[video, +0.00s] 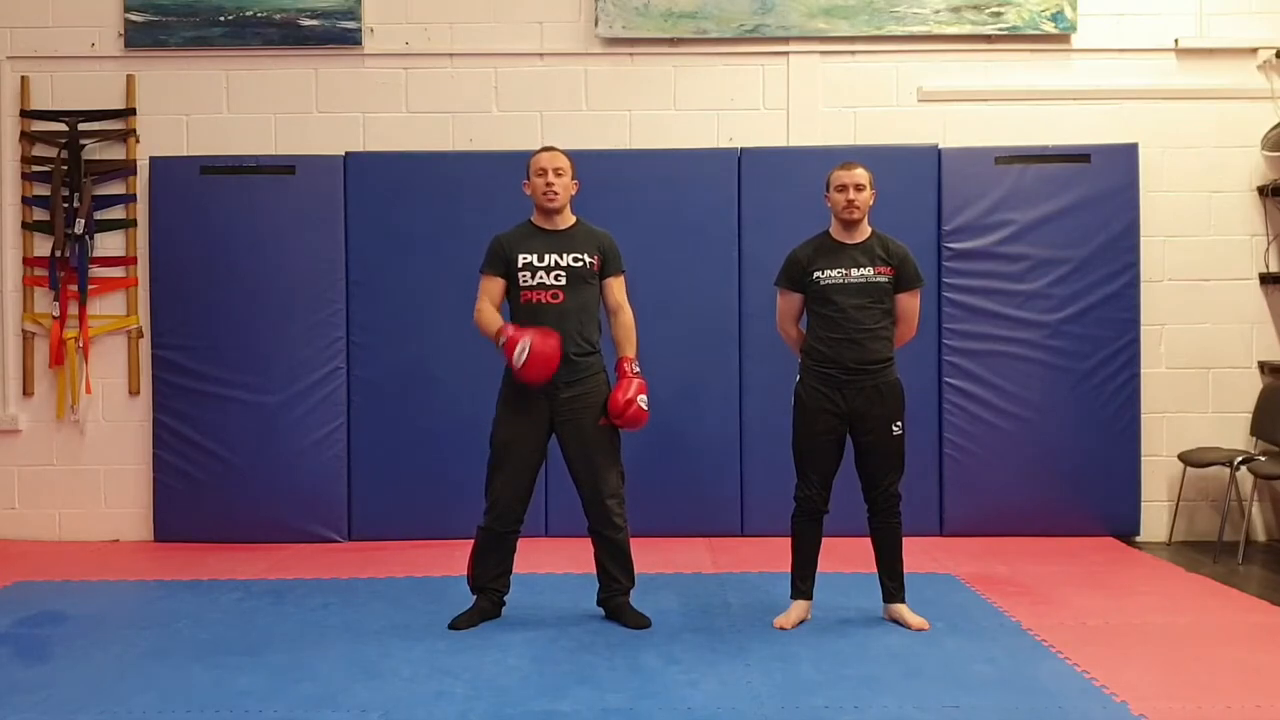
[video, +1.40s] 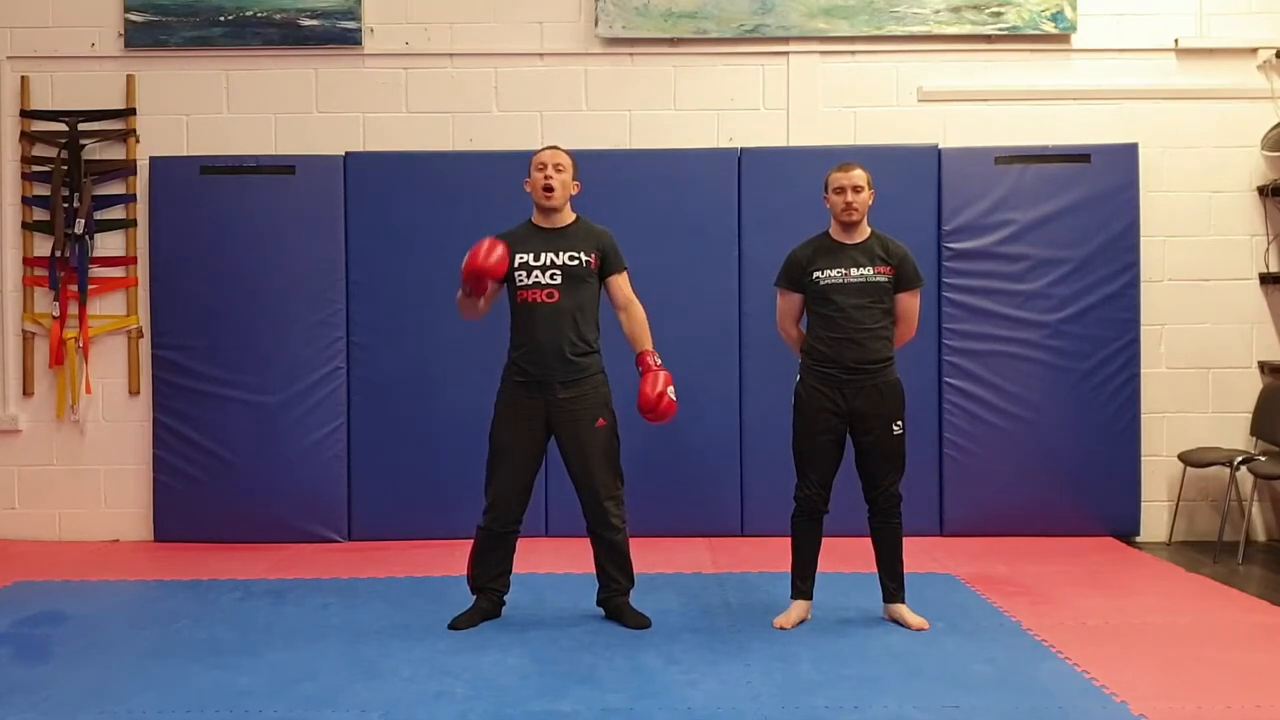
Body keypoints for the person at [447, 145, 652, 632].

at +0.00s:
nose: (550, 182)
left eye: (559, 174)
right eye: (542, 175)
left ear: (573, 184)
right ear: (528, 186)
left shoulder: (599, 243)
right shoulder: (508, 244)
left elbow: (619, 309)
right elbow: (484, 309)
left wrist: (629, 371)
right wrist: (508, 337)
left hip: (586, 387)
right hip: (525, 389)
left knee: (606, 498)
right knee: (504, 497)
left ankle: (616, 598)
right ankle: (488, 597)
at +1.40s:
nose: (547, 176)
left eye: (557, 171)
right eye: (540, 170)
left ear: (575, 187)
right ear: (527, 184)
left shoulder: (598, 240)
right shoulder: (507, 245)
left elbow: (628, 306)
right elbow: (472, 312)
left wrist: (651, 363)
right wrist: (473, 282)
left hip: (583, 389)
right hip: (522, 389)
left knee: (604, 498)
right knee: (503, 499)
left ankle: (616, 598)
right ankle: (488, 598)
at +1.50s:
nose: (549, 175)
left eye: (559, 170)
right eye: (541, 169)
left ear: (575, 187)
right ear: (528, 184)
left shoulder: (598, 240)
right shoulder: (509, 240)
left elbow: (627, 307)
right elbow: (473, 309)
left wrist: (648, 363)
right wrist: (481, 264)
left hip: (583, 388)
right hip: (522, 389)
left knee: (604, 498)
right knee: (502, 499)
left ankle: (616, 598)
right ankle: (488, 598)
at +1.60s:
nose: (552, 175)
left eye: (561, 170)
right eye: (544, 169)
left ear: (577, 186)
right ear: (531, 183)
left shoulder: (597, 240)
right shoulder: (510, 238)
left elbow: (624, 308)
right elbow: (477, 305)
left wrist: (644, 366)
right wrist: (487, 246)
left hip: (582, 387)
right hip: (522, 388)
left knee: (604, 498)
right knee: (502, 499)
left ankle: (616, 598)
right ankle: (488, 598)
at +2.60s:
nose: (553, 177)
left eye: (561, 170)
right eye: (544, 170)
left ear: (576, 182)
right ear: (530, 183)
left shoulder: (599, 242)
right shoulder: (508, 241)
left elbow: (618, 312)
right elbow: (485, 308)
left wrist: (633, 374)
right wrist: (474, 371)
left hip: (586, 389)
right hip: (524, 390)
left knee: (607, 500)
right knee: (505, 500)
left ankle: (616, 597)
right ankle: (488, 597)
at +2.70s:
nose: (548, 179)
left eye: (556, 172)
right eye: (539, 172)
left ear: (573, 182)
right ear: (527, 183)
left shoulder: (599, 241)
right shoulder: (508, 243)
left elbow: (620, 309)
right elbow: (485, 310)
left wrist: (637, 370)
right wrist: (471, 374)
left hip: (586, 388)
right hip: (524, 389)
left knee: (606, 499)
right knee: (505, 499)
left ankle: (616, 597)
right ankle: (488, 597)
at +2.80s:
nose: (545, 180)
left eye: (554, 173)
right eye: (537, 173)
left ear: (572, 183)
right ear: (526, 183)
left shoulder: (598, 241)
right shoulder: (507, 244)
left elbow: (621, 307)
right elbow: (486, 312)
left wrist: (637, 366)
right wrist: (474, 377)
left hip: (586, 389)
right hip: (524, 390)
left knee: (606, 499)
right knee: (504, 501)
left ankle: (616, 597)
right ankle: (488, 597)